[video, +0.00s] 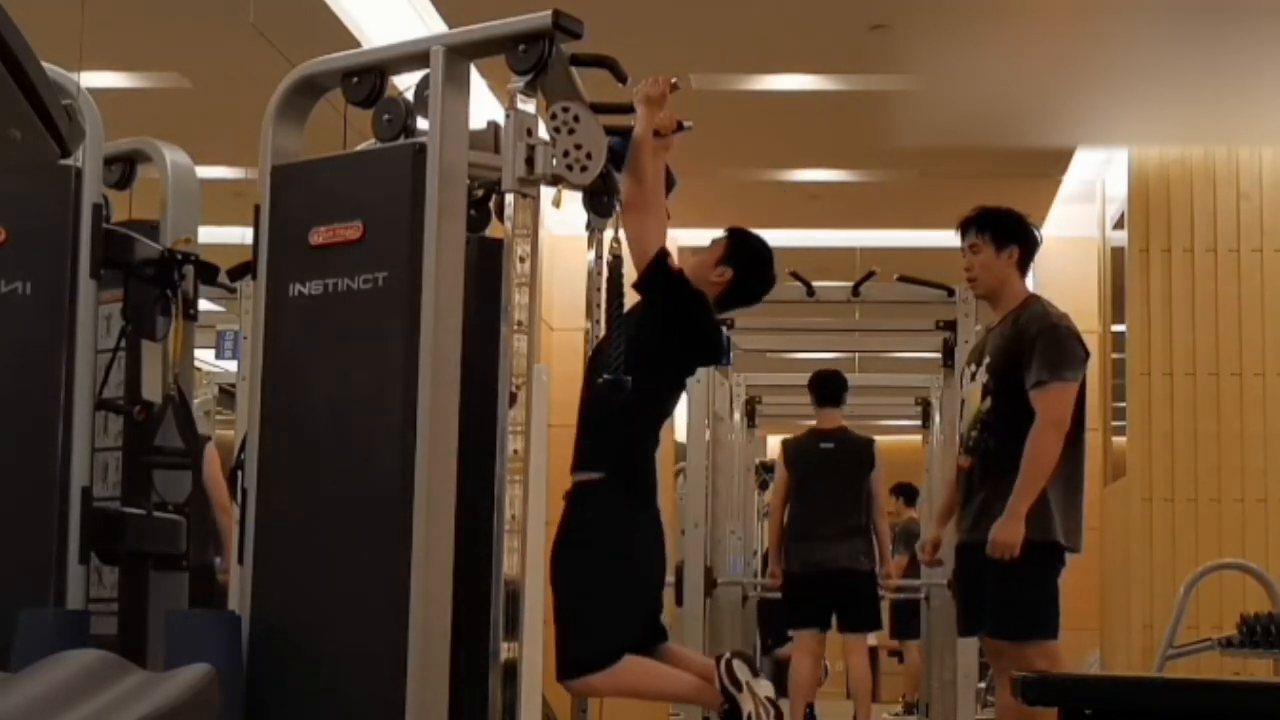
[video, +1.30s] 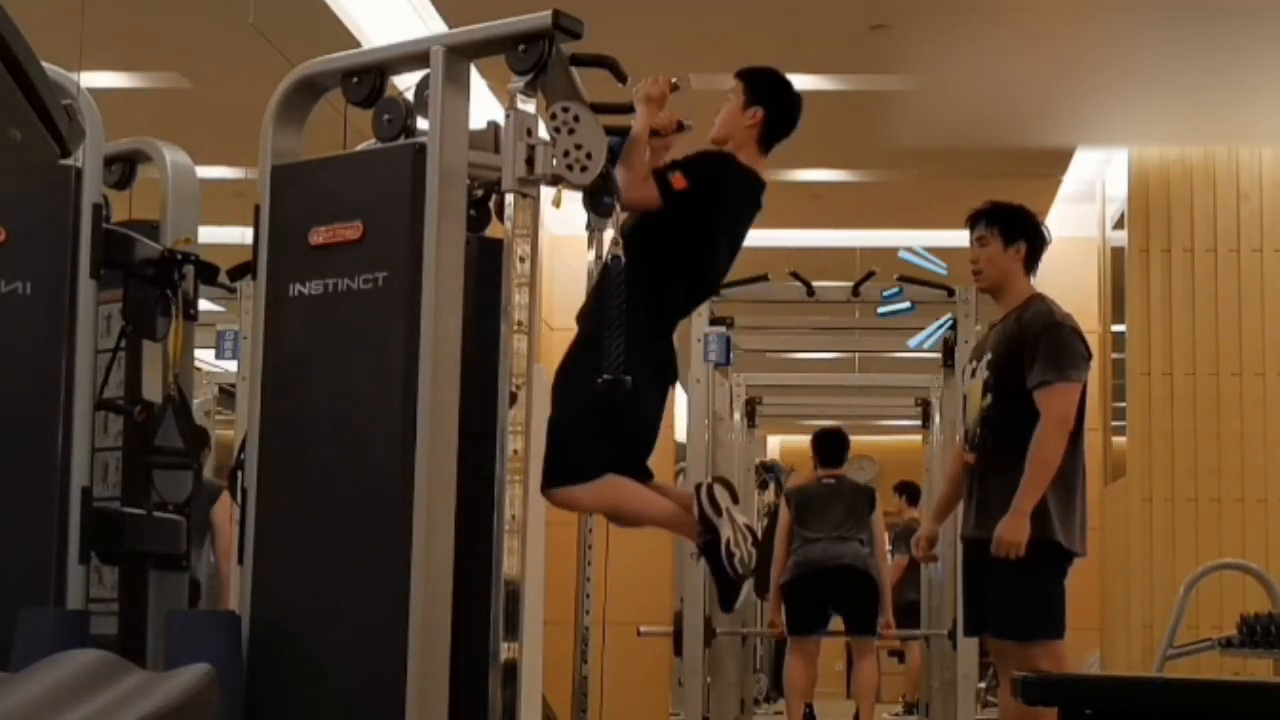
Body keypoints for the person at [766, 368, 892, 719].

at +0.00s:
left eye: (815, 396)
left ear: (811, 399)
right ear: (845, 398)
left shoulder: (791, 448)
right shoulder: (866, 447)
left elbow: (777, 508)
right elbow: (879, 510)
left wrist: (773, 558)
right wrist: (887, 559)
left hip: (806, 566)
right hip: (853, 565)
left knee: (805, 649)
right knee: (857, 650)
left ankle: (796, 715)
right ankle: (863, 714)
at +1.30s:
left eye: (816, 452)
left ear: (813, 456)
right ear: (847, 455)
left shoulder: (793, 496)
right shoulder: (867, 495)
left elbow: (779, 557)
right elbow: (881, 557)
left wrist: (774, 607)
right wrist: (887, 611)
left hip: (806, 583)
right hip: (856, 582)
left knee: (801, 652)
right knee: (864, 652)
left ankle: (797, 715)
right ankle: (865, 715)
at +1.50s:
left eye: (817, 467)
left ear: (814, 471)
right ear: (847, 471)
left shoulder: (794, 509)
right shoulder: (868, 508)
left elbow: (780, 570)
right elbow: (881, 571)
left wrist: (781, 622)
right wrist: (887, 625)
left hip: (806, 587)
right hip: (858, 586)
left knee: (800, 653)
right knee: (866, 653)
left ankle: (796, 716)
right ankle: (865, 715)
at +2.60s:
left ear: (815, 399)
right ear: (848, 398)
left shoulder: (794, 449)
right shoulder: (869, 449)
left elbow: (774, 512)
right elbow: (886, 513)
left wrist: (773, 563)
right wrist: (891, 566)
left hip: (808, 564)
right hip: (856, 563)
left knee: (806, 648)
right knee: (859, 650)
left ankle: (798, 715)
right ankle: (863, 715)